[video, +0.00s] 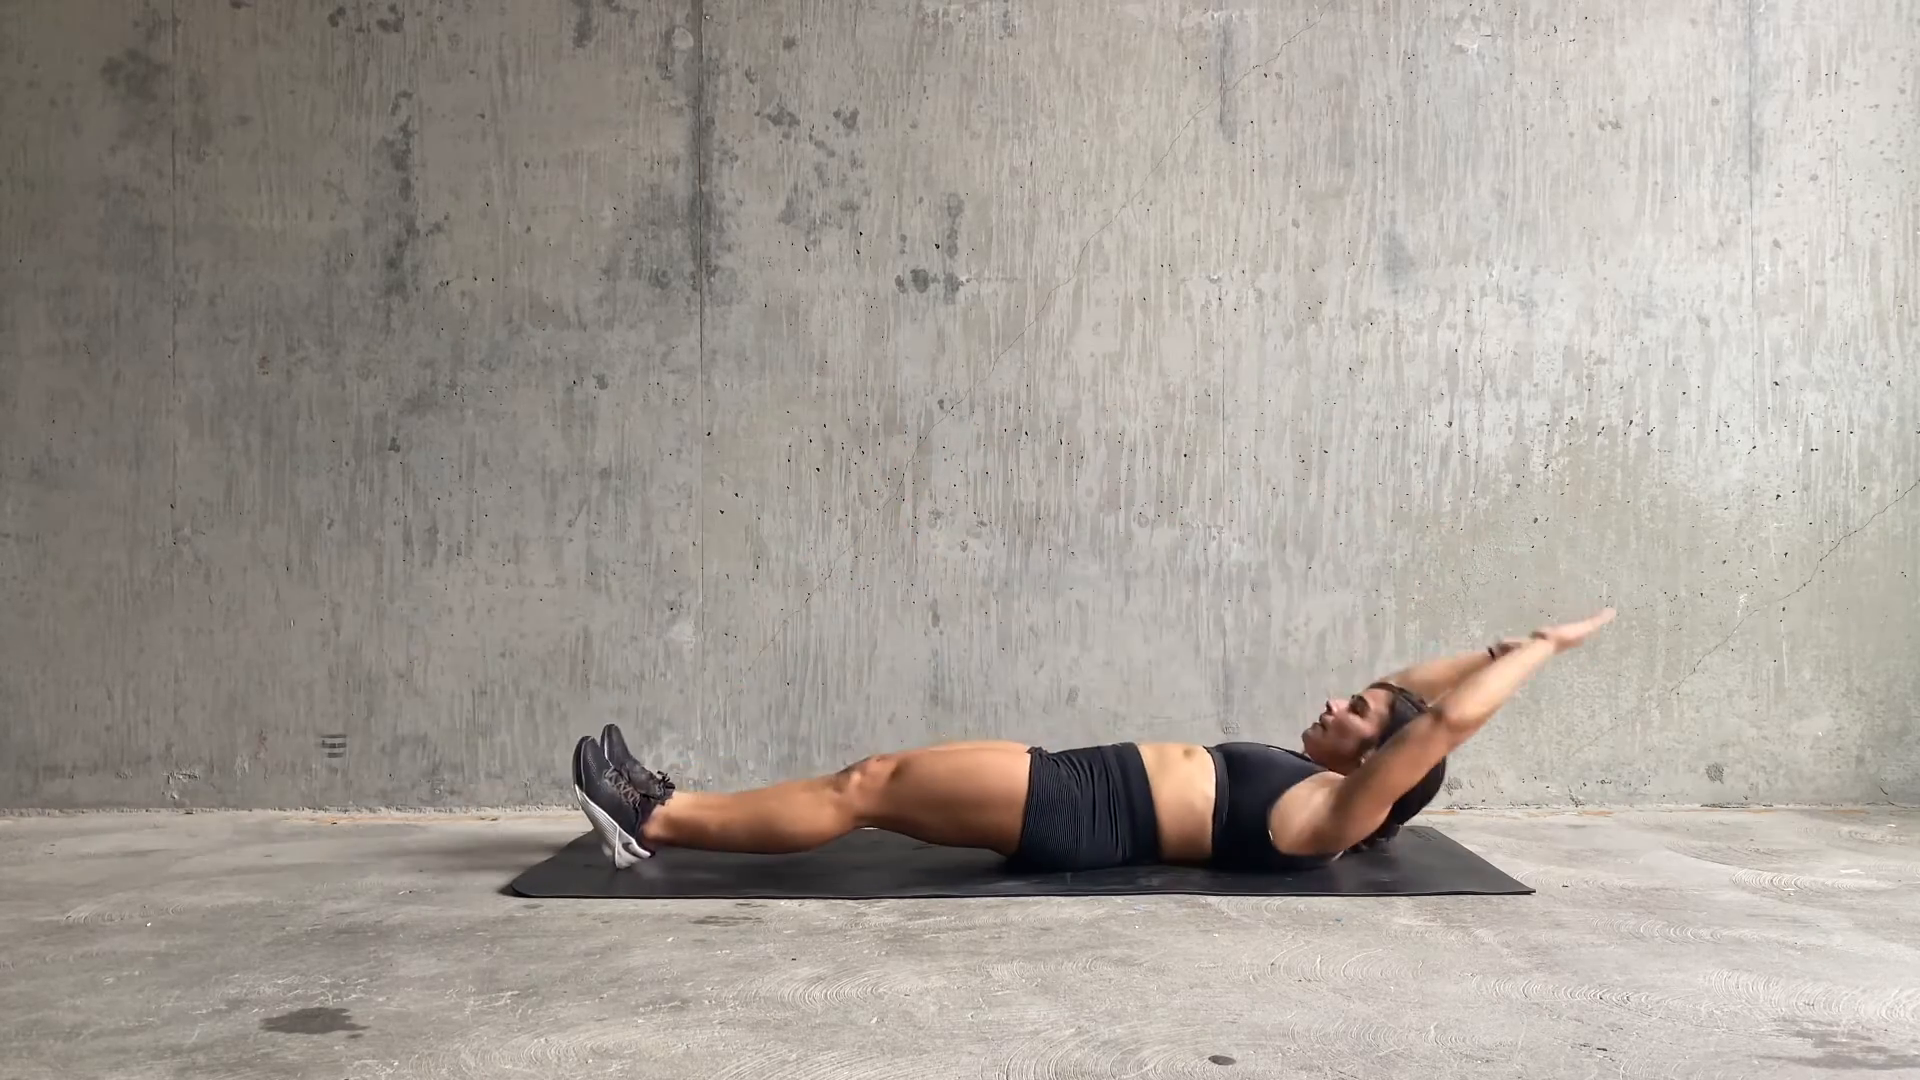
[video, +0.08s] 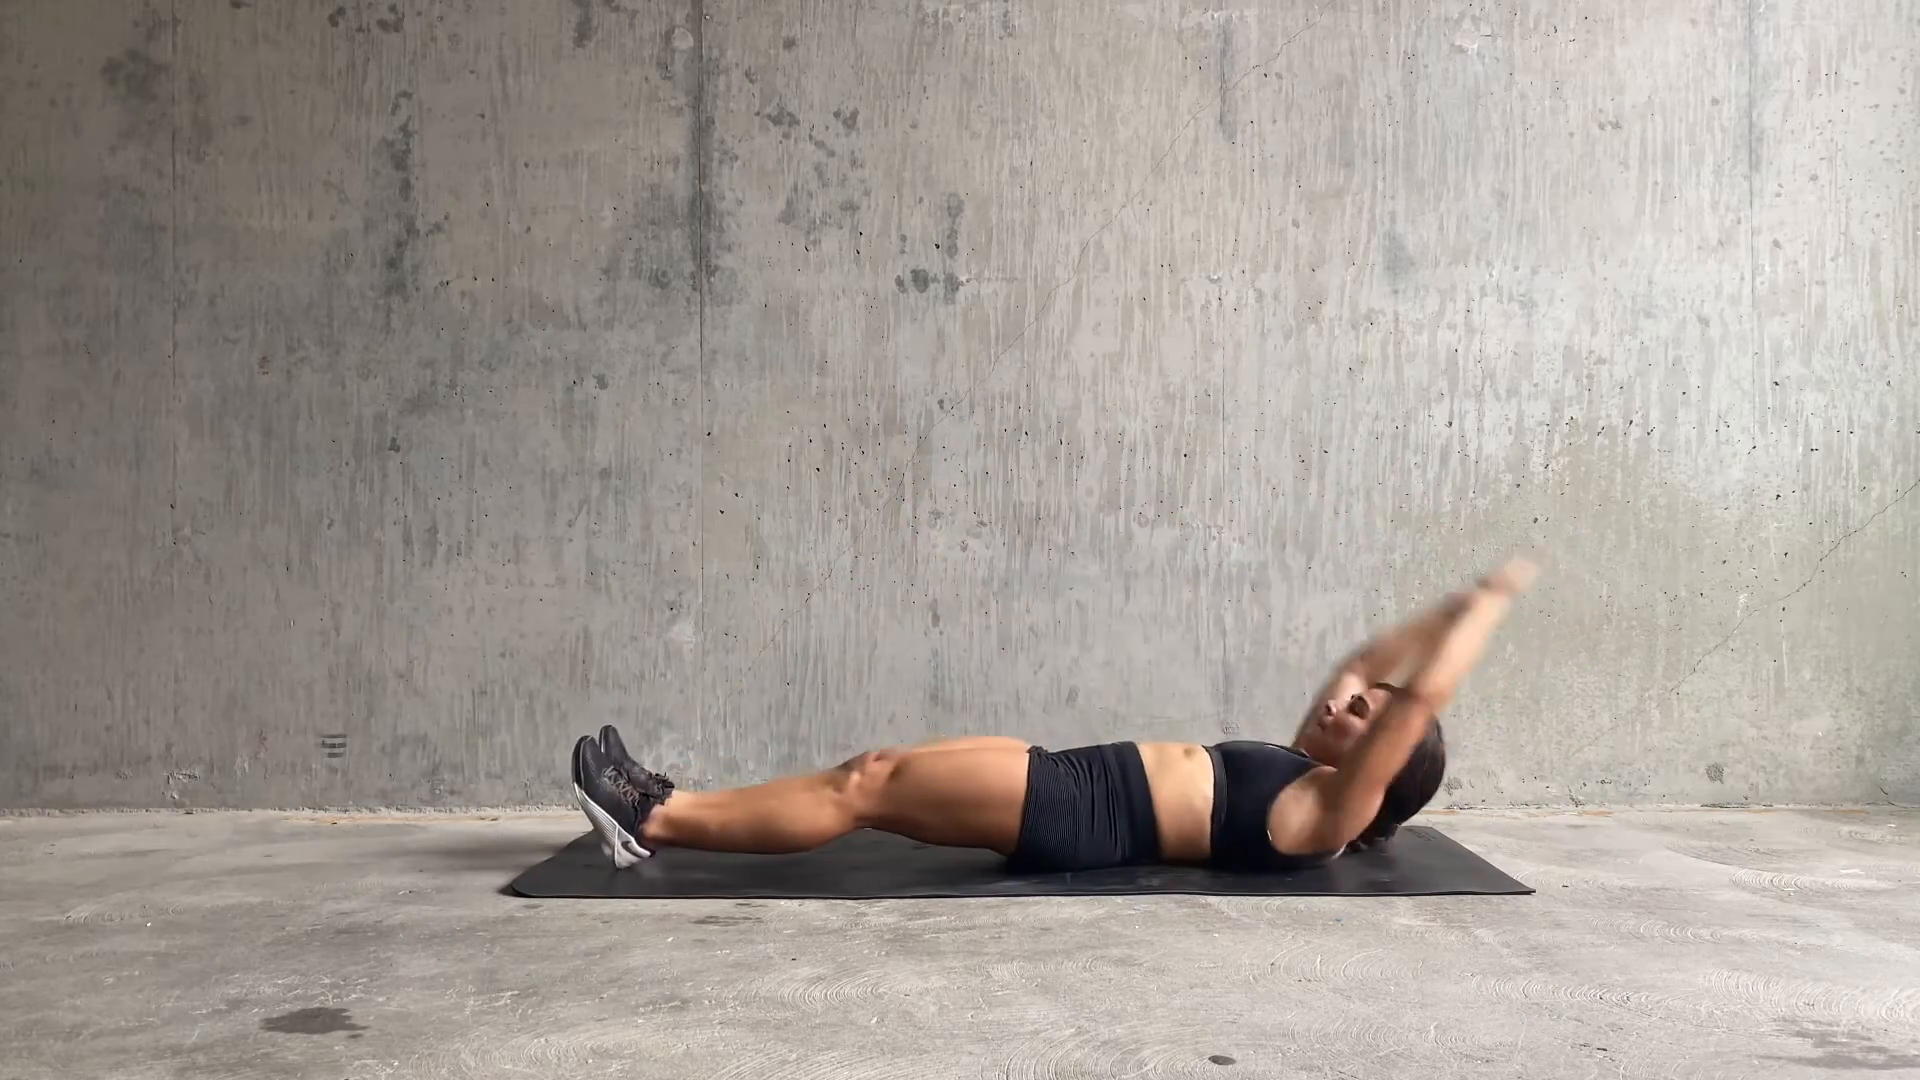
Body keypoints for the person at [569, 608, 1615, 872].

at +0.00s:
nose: (1344, 707)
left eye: (1366, 711)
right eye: (1359, 699)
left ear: (1380, 757)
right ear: (1352, 727)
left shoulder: (1325, 818)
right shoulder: (1313, 781)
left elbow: (1441, 727)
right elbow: (1422, 707)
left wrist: (1541, 650)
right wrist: (1512, 646)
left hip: (1088, 806)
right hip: (1091, 784)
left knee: (872, 786)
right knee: (875, 781)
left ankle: (662, 822)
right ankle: (671, 820)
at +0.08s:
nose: (1337, 710)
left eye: (1359, 713)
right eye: (1345, 694)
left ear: (1385, 747)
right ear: (1333, 701)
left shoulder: (1324, 815)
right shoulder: (1310, 782)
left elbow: (1421, 701)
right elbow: (1384, 667)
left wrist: (1490, 605)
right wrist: (1466, 604)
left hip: (1089, 804)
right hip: (1091, 780)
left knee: (872, 784)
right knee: (875, 772)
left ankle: (655, 821)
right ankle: (668, 814)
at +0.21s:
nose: (1320, 702)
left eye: (1340, 707)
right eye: (1332, 694)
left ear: (1368, 755)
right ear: (1346, 734)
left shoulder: (1325, 798)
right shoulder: (1299, 766)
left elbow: (1277, 649)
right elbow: (1238, 657)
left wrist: (1261, 537)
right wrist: (1242, 542)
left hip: (1090, 808)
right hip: (1086, 781)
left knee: (875, 784)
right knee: (872, 755)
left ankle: (654, 837)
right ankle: (669, 786)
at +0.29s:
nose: (1284, 677)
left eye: (1302, 675)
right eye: (1296, 665)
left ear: (1337, 712)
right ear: (1335, 712)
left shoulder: (1284, 755)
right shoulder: (1286, 753)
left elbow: (1164, 654)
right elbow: (1163, 658)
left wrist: (1083, 549)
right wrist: (1091, 557)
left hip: (1076, 810)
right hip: (1075, 783)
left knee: (869, 795)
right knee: (883, 721)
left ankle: (650, 828)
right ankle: (679, 715)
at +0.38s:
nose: (1238, 631)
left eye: (1255, 626)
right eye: (1247, 620)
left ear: (1293, 656)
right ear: (1292, 656)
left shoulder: (1249, 711)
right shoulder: (1259, 716)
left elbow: (1132, 653)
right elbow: (1114, 671)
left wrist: (1013, 554)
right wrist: (1007, 608)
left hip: (1067, 811)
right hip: (1066, 774)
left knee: (854, 784)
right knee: (905, 674)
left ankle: (641, 823)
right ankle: (705, 607)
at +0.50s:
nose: (1175, 567)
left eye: (1193, 562)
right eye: (1190, 556)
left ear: (1229, 594)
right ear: (1237, 598)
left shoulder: (1189, 654)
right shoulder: (1226, 660)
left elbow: (1053, 581)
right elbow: (1073, 645)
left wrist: (956, 498)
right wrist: (995, 619)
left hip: (1059, 812)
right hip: (1058, 768)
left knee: (843, 772)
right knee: (952, 613)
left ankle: (627, 823)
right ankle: (814, 473)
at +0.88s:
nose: (1214, 582)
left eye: (1231, 577)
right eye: (1225, 569)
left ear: (1268, 613)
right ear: (1266, 614)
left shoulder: (1231, 676)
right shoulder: (1217, 667)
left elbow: (1109, 606)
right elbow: (1085, 629)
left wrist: (1006, 504)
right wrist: (986, 552)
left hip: (1067, 811)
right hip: (1063, 768)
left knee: (850, 789)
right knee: (919, 636)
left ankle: (634, 825)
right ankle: (755, 539)